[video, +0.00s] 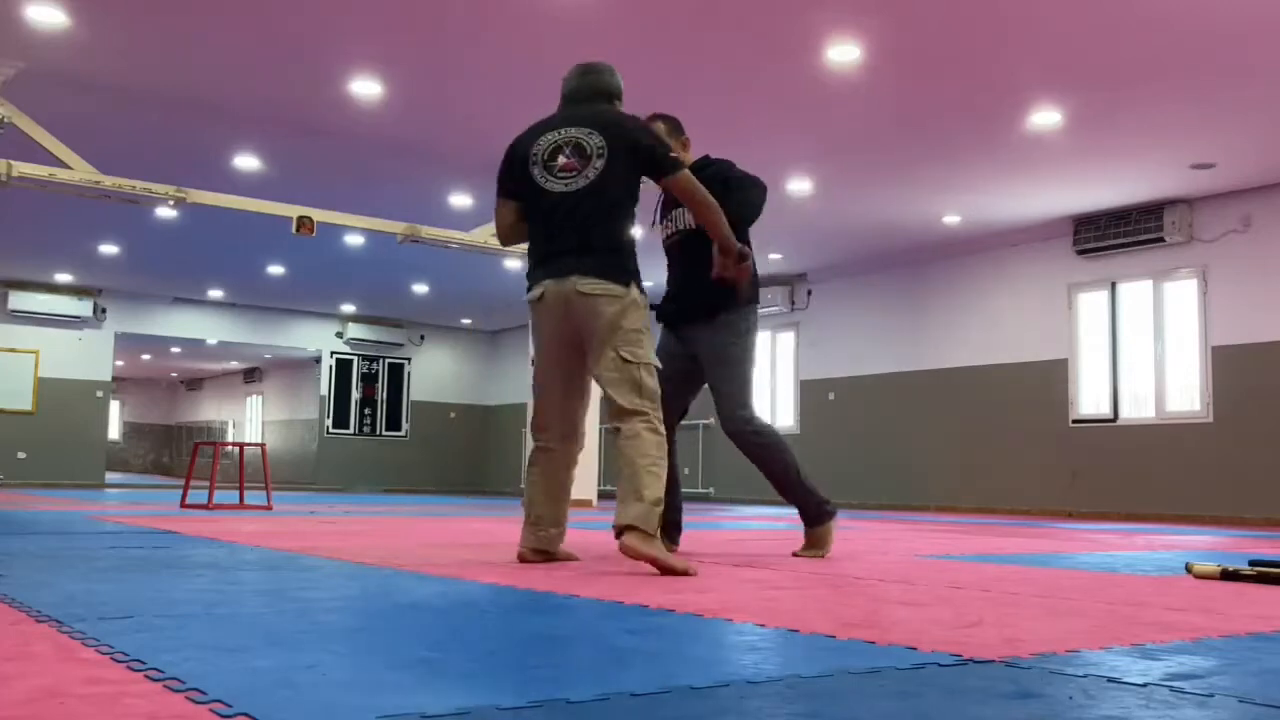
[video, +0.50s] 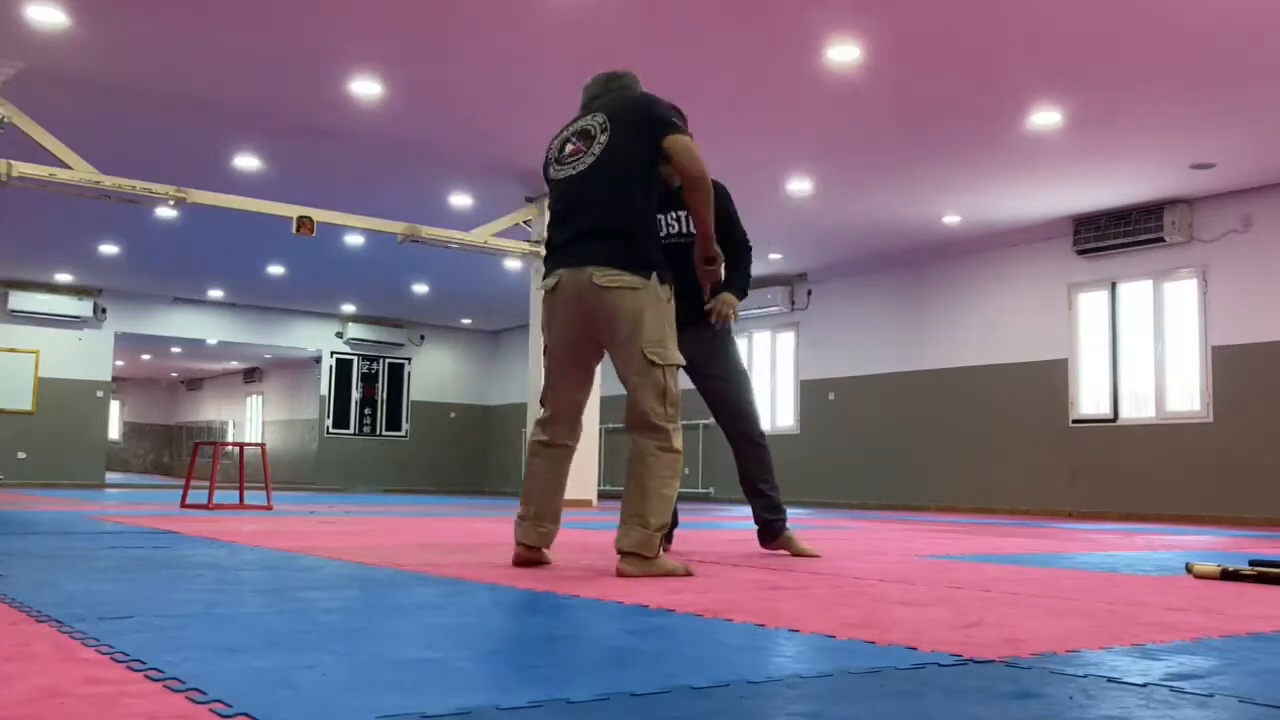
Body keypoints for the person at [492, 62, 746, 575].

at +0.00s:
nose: (622, 106)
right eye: (620, 98)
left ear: (564, 96)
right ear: (615, 97)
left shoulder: (524, 144)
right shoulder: (628, 130)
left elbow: (507, 230)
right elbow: (693, 194)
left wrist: (557, 210)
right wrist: (727, 244)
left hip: (548, 291)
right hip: (610, 287)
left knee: (554, 422)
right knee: (638, 413)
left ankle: (539, 539)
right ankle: (640, 529)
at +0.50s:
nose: (644, 93)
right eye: (641, 88)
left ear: (586, 100)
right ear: (633, 89)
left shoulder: (559, 142)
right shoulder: (648, 107)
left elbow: (569, 211)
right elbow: (694, 171)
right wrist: (707, 244)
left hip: (563, 284)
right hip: (631, 282)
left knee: (557, 418)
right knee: (655, 420)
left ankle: (530, 540)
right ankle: (641, 550)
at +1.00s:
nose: (633, 112)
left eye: (632, 104)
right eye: (631, 104)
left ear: (578, 98)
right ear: (622, 102)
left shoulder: (546, 139)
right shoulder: (607, 121)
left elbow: (549, 220)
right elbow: (617, 166)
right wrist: (648, 230)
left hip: (518, 284)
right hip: (573, 280)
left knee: (543, 421)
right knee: (622, 420)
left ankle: (514, 542)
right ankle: (630, 551)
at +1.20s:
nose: (608, 108)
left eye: (606, 100)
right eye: (607, 100)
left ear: (547, 91)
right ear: (597, 97)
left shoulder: (499, 134)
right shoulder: (601, 127)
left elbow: (464, 211)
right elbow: (627, 225)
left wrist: (493, 266)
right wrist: (640, 292)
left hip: (500, 279)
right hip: (560, 276)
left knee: (522, 413)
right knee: (575, 411)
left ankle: (508, 541)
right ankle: (542, 540)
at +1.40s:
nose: (598, 95)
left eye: (597, 87)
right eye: (597, 86)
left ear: (538, 77)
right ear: (587, 83)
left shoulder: (493, 130)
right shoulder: (585, 113)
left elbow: (461, 224)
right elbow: (612, 207)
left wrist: (516, 241)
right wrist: (622, 284)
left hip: (490, 292)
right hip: (547, 291)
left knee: (524, 417)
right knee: (563, 424)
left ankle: (513, 545)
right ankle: (501, 549)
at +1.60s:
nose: (603, 142)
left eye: (606, 132)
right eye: (605, 128)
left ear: (575, 113)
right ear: (592, 115)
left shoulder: (555, 169)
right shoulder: (549, 125)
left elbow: (584, 263)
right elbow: (532, 187)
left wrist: (617, 216)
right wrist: (583, 260)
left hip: (515, 303)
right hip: (520, 302)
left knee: (529, 422)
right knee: (552, 422)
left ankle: (522, 526)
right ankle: (501, 550)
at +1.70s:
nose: (620, 174)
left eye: (623, 165)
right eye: (621, 161)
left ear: (593, 150)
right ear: (601, 147)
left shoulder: (582, 220)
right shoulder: (542, 153)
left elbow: (639, 273)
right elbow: (495, 195)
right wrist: (553, 256)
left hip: (528, 321)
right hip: (498, 308)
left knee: (556, 419)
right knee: (520, 416)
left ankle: (533, 535)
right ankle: (495, 547)